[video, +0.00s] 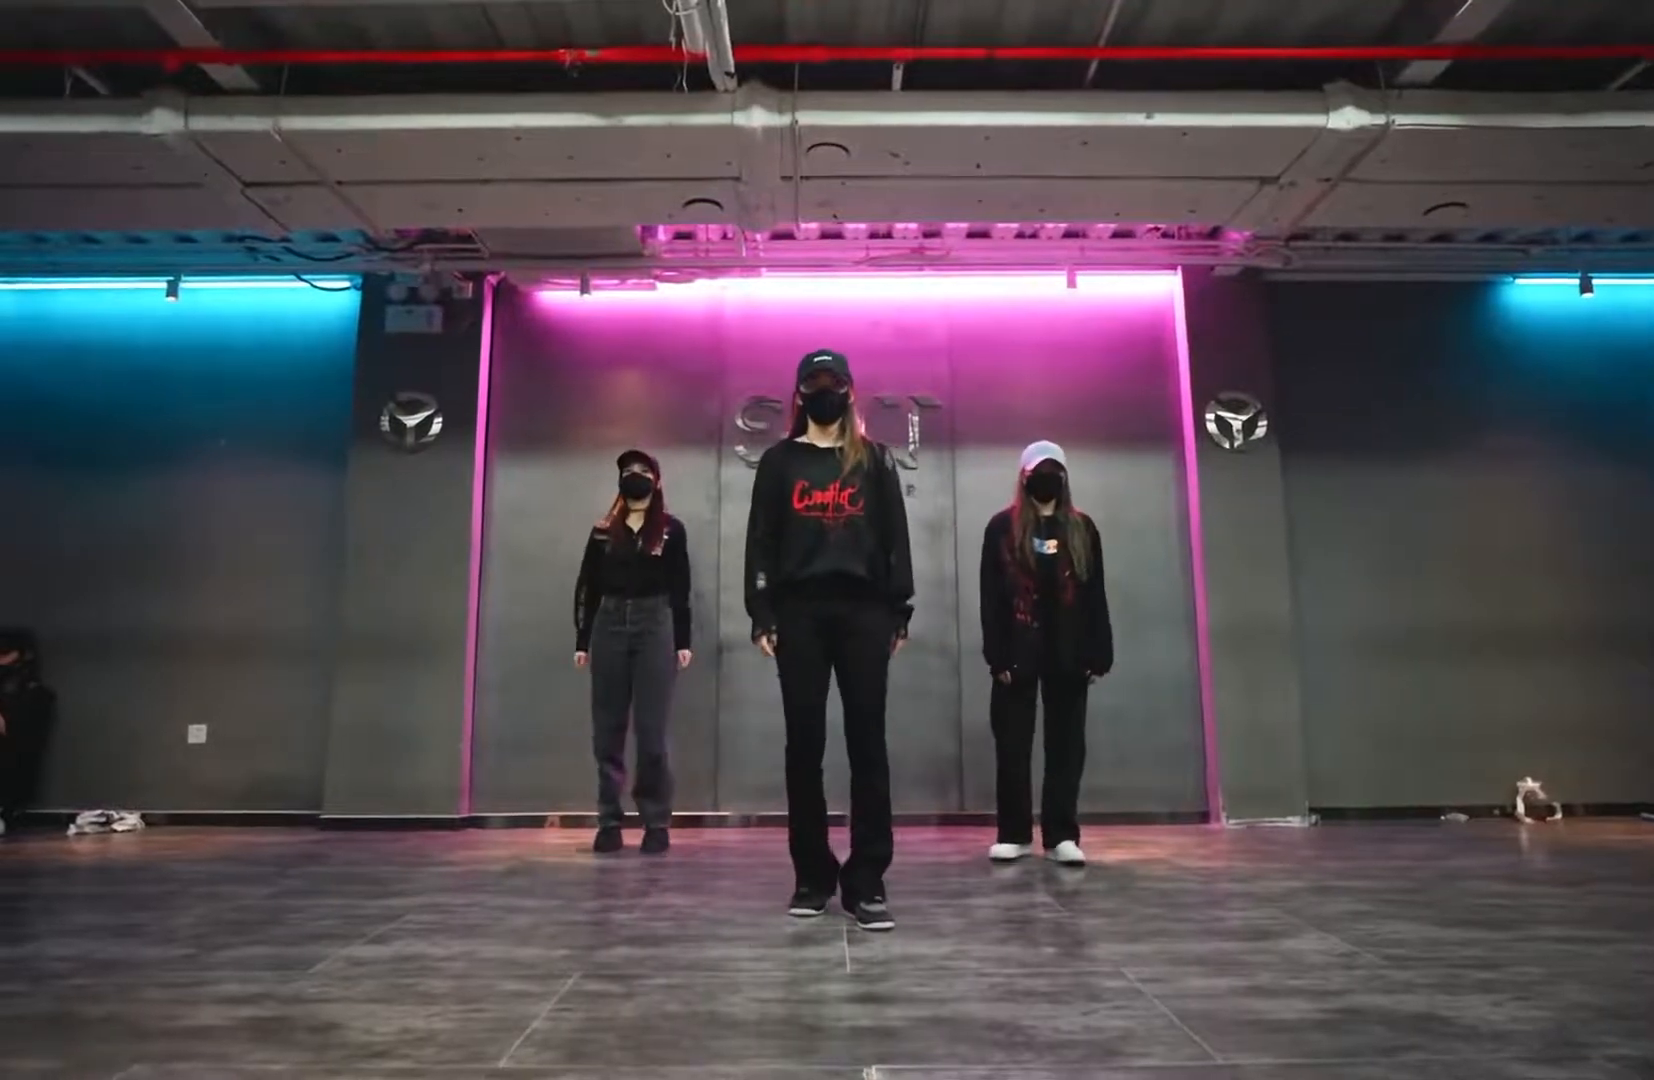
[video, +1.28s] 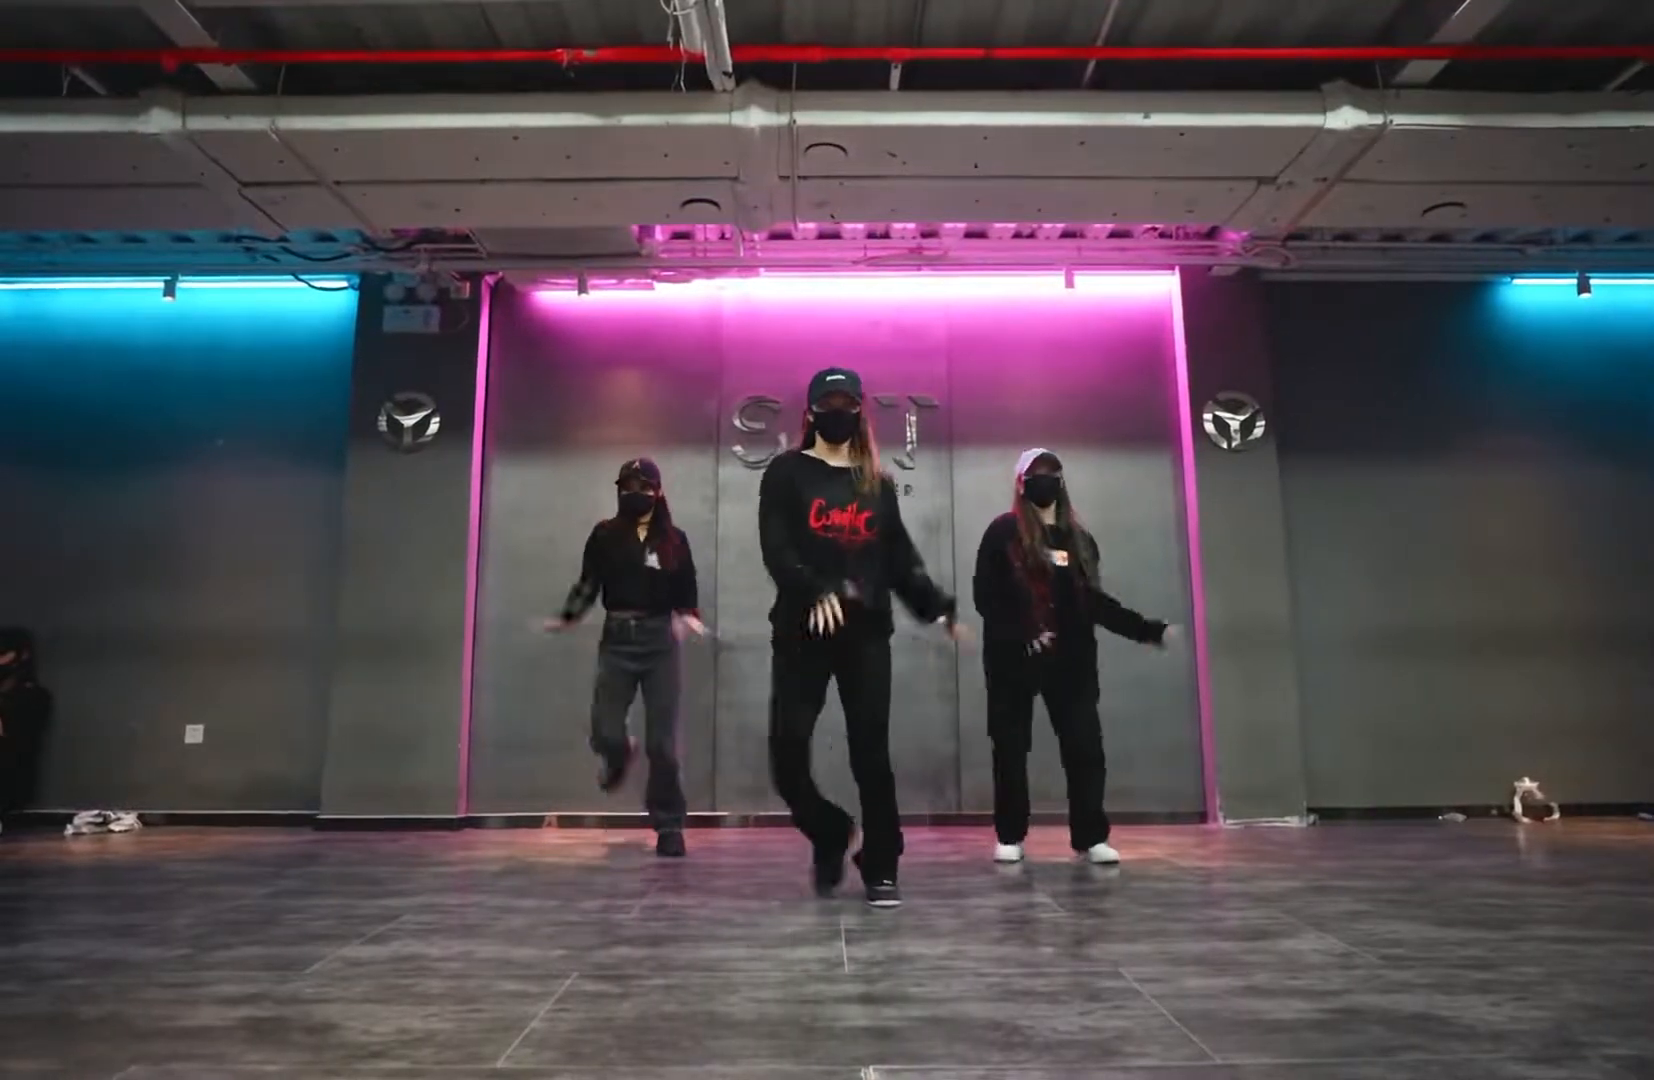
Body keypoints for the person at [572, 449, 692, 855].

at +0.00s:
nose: (636, 482)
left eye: (643, 476)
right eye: (629, 476)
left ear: (656, 482)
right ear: (619, 483)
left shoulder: (670, 529)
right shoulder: (604, 529)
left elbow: (680, 588)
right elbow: (587, 587)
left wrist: (683, 640)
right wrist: (583, 640)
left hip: (656, 629)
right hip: (608, 628)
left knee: (651, 731)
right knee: (608, 731)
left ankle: (656, 824)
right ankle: (609, 823)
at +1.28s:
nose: (635, 496)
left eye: (643, 489)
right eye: (628, 489)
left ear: (657, 493)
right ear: (618, 492)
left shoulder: (672, 538)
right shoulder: (604, 534)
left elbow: (686, 582)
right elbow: (589, 581)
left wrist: (688, 612)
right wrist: (568, 615)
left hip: (661, 638)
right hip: (617, 639)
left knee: (662, 742)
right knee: (604, 733)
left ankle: (669, 828)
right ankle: (619, 757)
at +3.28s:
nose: (639, 457)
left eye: (648, 448)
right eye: (631, 447)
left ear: (661, 448)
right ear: (617, 447)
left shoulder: (671, 495)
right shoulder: (607, 490)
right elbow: (575, 552)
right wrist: (606, 553)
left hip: (660, 619)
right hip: (610, 619)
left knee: (664, 737)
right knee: (616, 737)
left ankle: (676, 844)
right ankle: (622, 842)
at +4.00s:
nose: (553, 470)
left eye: (561, 462)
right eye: (551, 463)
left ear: (584, 462)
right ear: (551, 465)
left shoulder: (598, 499)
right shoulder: (550, 505)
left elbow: (553, 514)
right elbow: (507, 543)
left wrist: (513, 495)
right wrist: (502, 501)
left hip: (598, 628)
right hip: (554, 631)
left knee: (631, 736)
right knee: (497, 730)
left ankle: (670, 834)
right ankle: (503, 842)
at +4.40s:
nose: (560, 459)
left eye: (568, 451)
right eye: (557, 453)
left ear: (589, 459)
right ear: (553, 463)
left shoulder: (614, 494)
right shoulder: (550, 508)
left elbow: (642, 455)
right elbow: (498, 521)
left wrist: (596, 442)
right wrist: (504, 470)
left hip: (612, 625)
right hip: (563, 627)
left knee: (642, 746)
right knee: (505, 728)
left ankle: (673, 845)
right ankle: (502, 841)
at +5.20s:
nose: (641, 438)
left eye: (649, 431)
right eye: (633, 431)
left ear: (662, 435)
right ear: (621, 436)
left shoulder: (678, 473)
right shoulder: (609, 477)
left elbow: (719, 518)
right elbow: (560, 518)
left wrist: (721, 558)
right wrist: (562, 468)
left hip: (664, 600)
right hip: (617, 601)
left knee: (674, 724)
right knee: (622, 724)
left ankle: (695, 834)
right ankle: (647, 827)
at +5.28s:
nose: (638, 458)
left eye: (646, 450)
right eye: (630, 450)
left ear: (659, 454)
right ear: (618, 454)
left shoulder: (675, 504)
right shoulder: (606, 504)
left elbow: (695, 568)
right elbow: (598, 566)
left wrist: (717, 613)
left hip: (665, 619)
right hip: (618, 619)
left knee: (669, 743)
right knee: (604, 740)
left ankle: (696, 836)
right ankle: (646, 822)